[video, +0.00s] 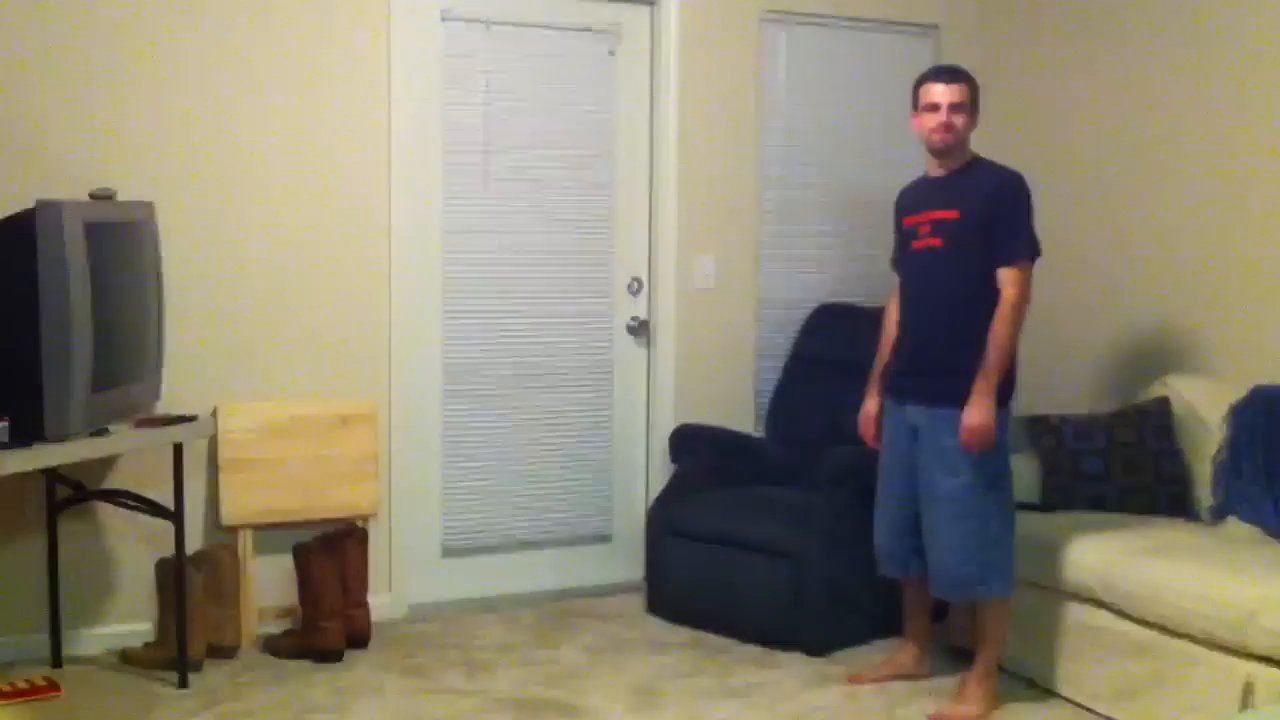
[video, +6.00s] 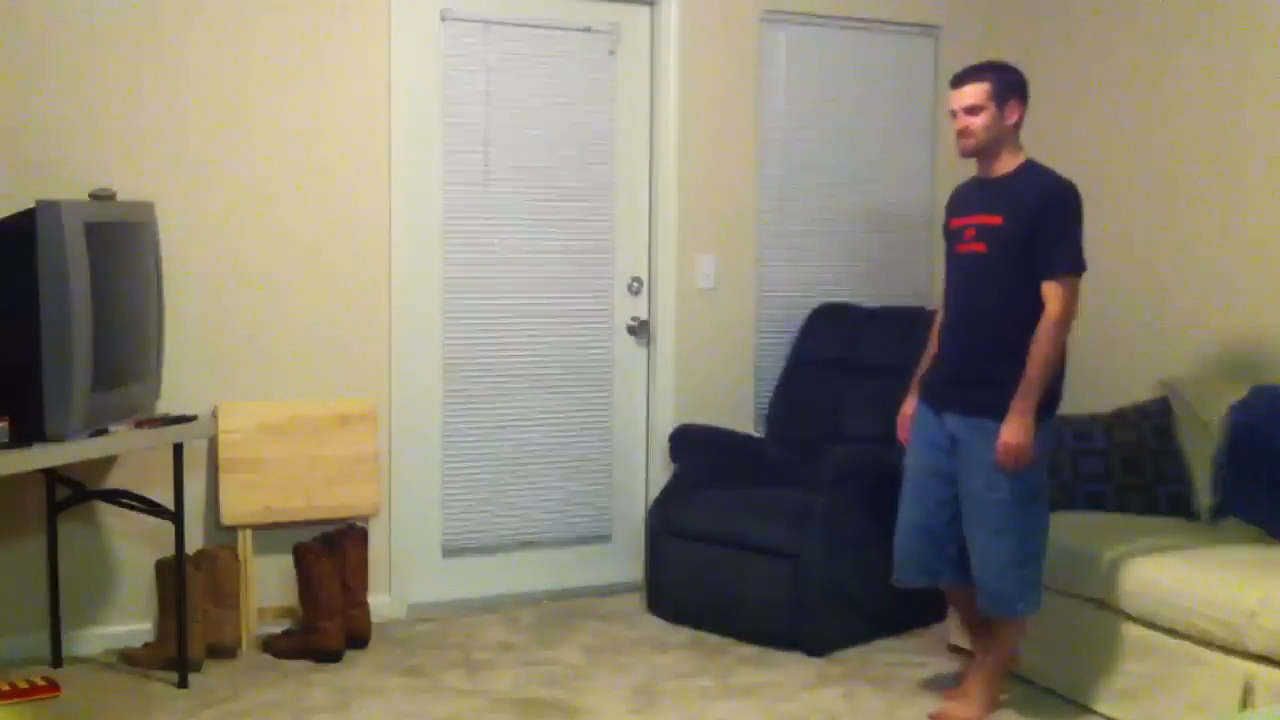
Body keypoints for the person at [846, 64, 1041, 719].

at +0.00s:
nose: (945, 119)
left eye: (958, 109)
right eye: (932, 109)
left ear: (974, 119)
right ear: (915, 120)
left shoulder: (1002, 188)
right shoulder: (909, 200)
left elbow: (1013, 295)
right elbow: (900, 298)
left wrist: (985, 394)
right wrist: (875, 388)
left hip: (966, 402)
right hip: (905, 398)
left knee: (979, 542)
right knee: (909, 530)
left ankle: (983, 677)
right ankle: (914, 651)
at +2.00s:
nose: (943, 118)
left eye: (956, 108)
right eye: (931, 108)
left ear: (974, 118)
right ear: (915, 119)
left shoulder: (1002, 188)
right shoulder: (911, 200)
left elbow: (1013, 299)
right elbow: (903, 300)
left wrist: (985, 395)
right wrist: (878, 388)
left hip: (966, 402)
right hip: (906, 398)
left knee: (983, 542)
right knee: (910, 529)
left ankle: (984, 676)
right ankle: (915, 650)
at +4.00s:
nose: (929, 118)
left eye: (941, 108)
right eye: (919, 110)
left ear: (967, 116)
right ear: (909, 121)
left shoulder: (1000, 189)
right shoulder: (909, 201)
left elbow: (1010, 298)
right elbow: (902, 299)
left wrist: (980, 397)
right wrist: (875, 388)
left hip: (963, 403)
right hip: (903, 399)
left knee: (978, 541)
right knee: (907, 529)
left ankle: (984, 676)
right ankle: (914, 650)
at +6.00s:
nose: (959, 124)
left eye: (972, 112)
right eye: (954, 114)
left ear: (1012, 112)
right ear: (955, 121)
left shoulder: (1051, 195)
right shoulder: (961, 200)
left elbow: (1057, 313)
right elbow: (951, 307)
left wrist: (1023, 412)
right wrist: (916, 391)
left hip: (1003, 417)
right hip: (940, 408)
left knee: (1001, 563)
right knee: (933, 544)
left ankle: (986, 688)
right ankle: (983, 650)